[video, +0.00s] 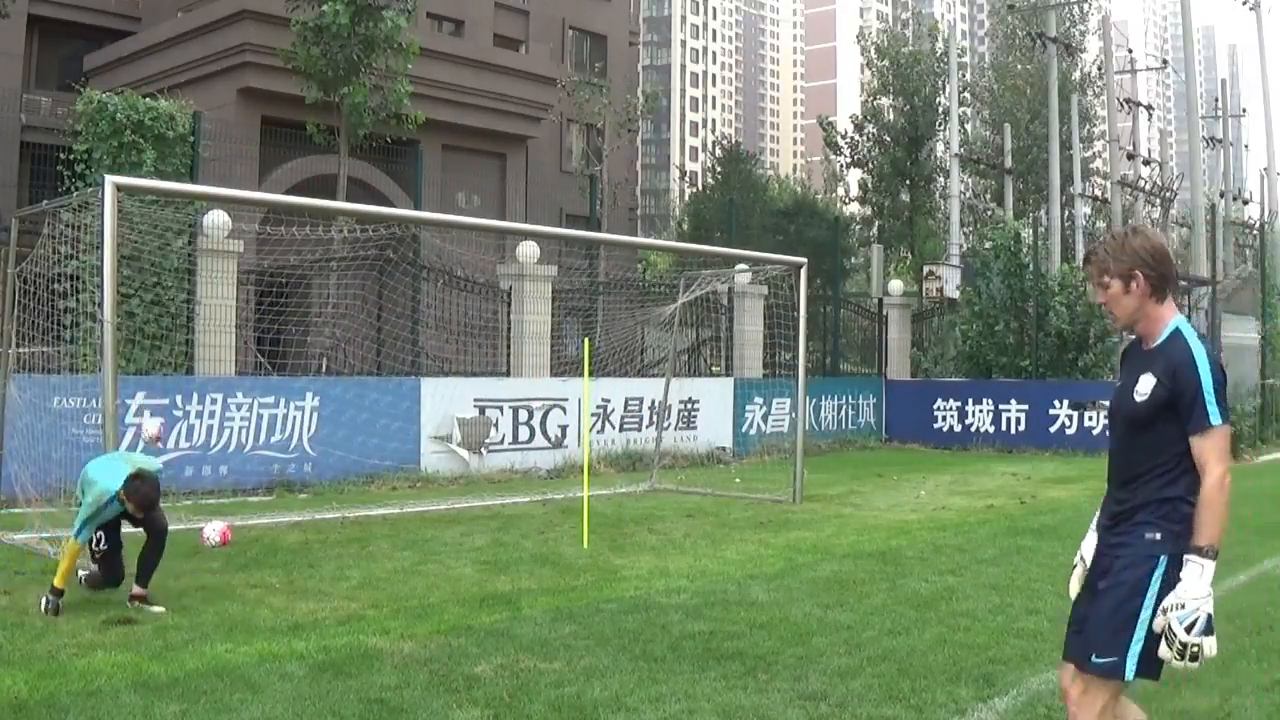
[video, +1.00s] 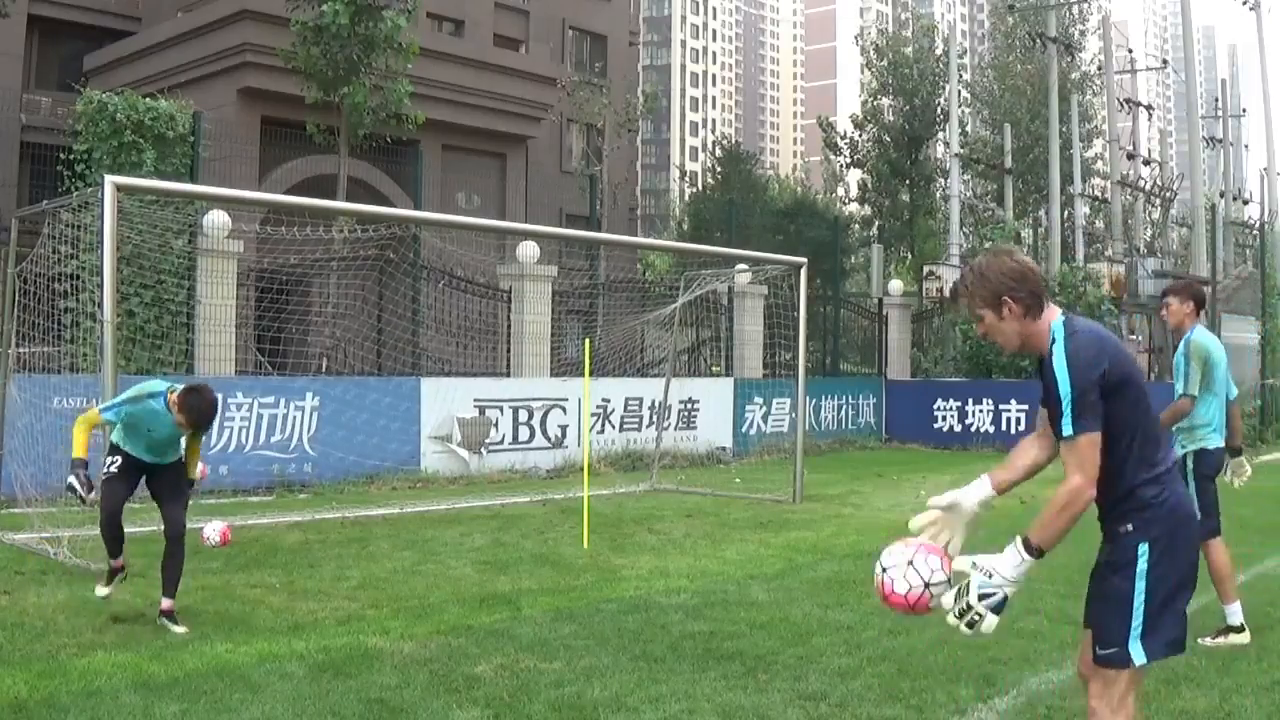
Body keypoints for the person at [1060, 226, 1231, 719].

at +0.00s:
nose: (1098, 299)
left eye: (1104, 287)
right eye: (1096, 287)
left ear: (1139, 283)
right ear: (1133, 286)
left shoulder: (1190, 356)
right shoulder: (1136, 351)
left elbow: (1217, 473)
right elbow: (1131, 462)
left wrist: (1198, 575)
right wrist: (1098, 531)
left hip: (1155, 543)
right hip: (1118, 537)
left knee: (1090, 695)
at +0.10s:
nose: (1073, 295)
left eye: (1079, 282)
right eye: (1072, 283)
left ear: (1111, 281)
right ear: (1107, 284)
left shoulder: (1161, 355)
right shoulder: (1116, 346)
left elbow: (1186, 472)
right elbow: (1123, 457)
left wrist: (1166, 577)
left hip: (1128, 547)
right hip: (1085, 537)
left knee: (1078, 703)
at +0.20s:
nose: (1058, 287)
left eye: (1063, 276)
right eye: (1058, 276)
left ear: (1095, 278)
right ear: (1093, 279)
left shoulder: (1146, 351)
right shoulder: (1108, 341)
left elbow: (1171, 468)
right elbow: (1114, 454)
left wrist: (1144, 570)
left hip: (1112, 547)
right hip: (1069, 534)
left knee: (1080, 705)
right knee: (967, 623)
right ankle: (997, 715)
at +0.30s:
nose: (1041, 286)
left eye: (1045, 273)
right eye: (1040, 274)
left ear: (1076, 277)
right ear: (1079, 278)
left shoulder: (1130, 352)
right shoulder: (1093, 342)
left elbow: (1152, 471)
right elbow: (1099, 456)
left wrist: (1112, 570)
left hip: (1097, 552)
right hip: (1055, 537)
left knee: (1074, 705)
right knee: (948, 620)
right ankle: (920, 716)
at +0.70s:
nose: (1005, 328)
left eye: (1005, 315)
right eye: (1000, 318)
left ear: (1034, 299)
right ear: (1034, 301)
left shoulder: (1097, 364)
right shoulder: (1066, 353)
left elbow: (1119, 483)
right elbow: (1073, 458)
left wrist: (1070, 575)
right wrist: (1027, 505)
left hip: (1099, 550)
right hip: (1062, 536)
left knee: (1028, 706)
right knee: (980, 661)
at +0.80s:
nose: (993, 340)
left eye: (993, 327)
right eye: (987, 330)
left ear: (1022, 311)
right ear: (1022, 310)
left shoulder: (1081, 371)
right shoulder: (1064, 361)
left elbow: (1102, 495)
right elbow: (1057, 450)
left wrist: (1053, 587)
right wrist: (1003, 509)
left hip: (1115, 549)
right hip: (1092, 541)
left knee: (1038, 698)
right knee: (1017, 677)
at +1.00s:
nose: (980, 332)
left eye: (980, 319)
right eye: (976, 321)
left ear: (1011, 307)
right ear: (1013, 306)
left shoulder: (1075, 354)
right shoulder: (1057, 348)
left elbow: (1082, 485)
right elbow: (1044, 440)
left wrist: (1012, 563)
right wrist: (974, 495)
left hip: (1150, 527)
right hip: (1131, 523)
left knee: (1109, 697)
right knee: (1093, 668)